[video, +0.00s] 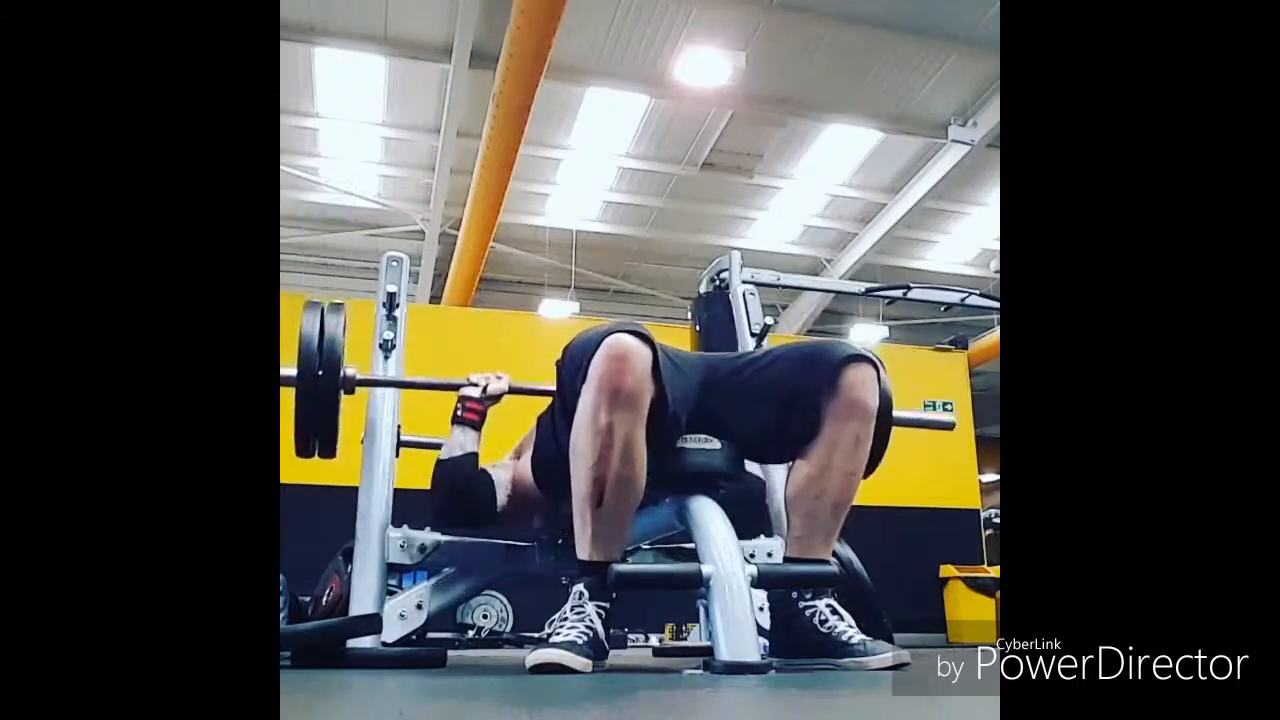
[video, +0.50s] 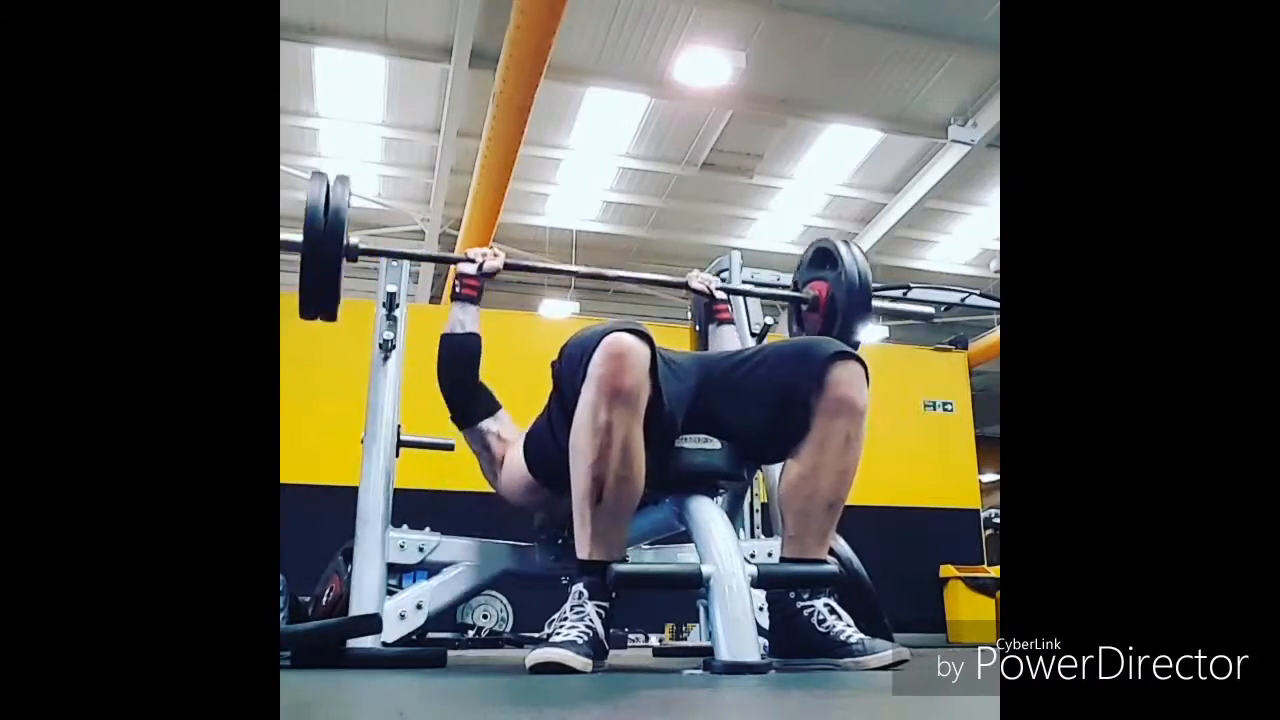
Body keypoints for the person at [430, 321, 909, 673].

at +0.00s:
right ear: (505, 497)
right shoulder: (530, 481)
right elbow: (456, 505)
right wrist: (470, 411)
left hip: (711, 375)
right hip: (631, 358)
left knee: (856, 379)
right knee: (621, 358)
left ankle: (801, 604)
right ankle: (587, 606)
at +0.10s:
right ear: (509, 501)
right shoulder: (531, 482)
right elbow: (453, 493)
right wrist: (468, 401)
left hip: (703, 378)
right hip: (624, 359)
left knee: (851, 377)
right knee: (622, 357)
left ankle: (801, 606)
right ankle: (588, 606)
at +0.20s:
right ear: (518, 495)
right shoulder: (520, 474)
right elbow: (445, 456)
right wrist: (470, 363)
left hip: (706, 374)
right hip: (628, 359)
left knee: (848, 376)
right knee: (619, 356)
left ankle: (802, 606)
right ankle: (587, 606)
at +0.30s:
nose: (503, 466)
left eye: (499, 466)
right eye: (498, 473)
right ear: (506, 475)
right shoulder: (530, 461)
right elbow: (448, 429)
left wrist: (711, 353)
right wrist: (468, 339)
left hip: (701, 389)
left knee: (848, 379)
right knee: (614, 354)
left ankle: (799, 611)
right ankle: (586, 610)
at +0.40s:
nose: (501, 449)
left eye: (504, 450)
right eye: (498, 456)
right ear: (504, 471)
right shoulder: (518, 471)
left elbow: (737, 408)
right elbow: (452, 407)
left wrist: (721, 336)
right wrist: (467, 315)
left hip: (691, 385)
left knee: (843, 377)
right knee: (618, 354)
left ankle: (800, 608)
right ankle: (585, 607)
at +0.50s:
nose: (497, 440)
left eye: (498, 440)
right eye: (493, 444)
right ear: (502, 462)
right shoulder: (524, 470)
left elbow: (736, 387)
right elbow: (461, 388)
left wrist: (716, 315)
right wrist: (468, 288)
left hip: (685, 385)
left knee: (840, 376)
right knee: (620, 353)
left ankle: (799, 608)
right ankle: (584, 605)